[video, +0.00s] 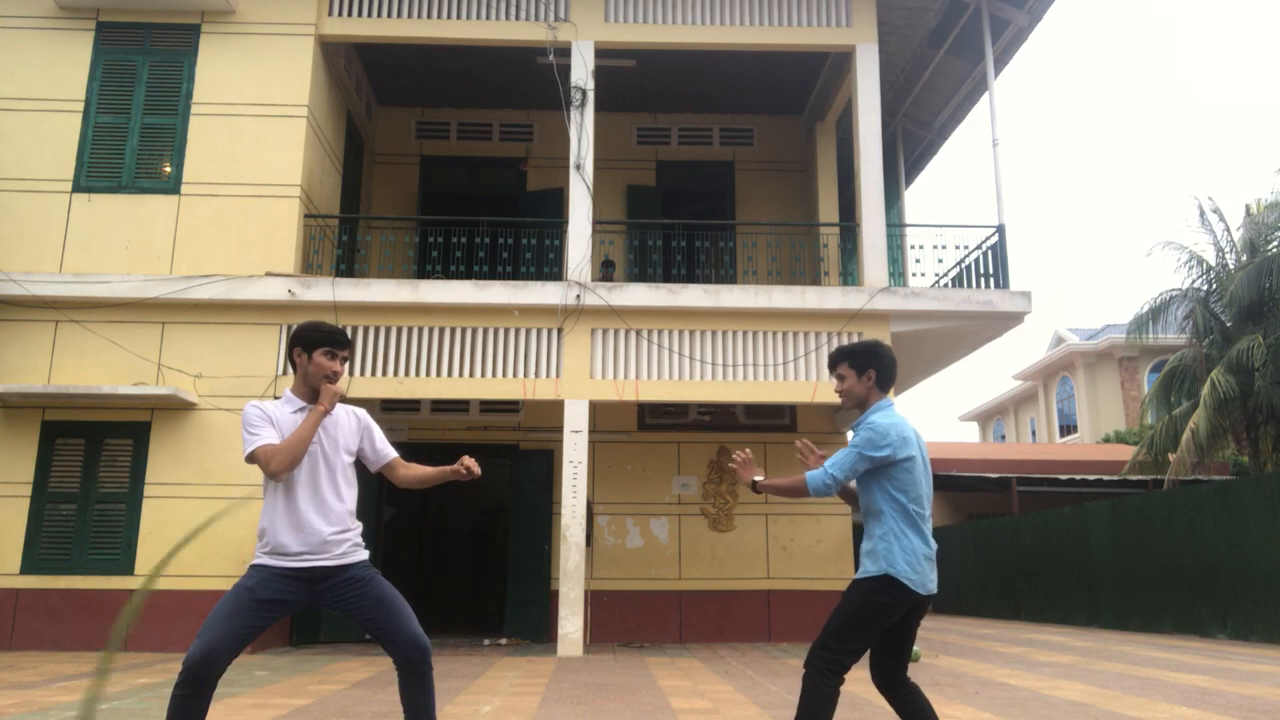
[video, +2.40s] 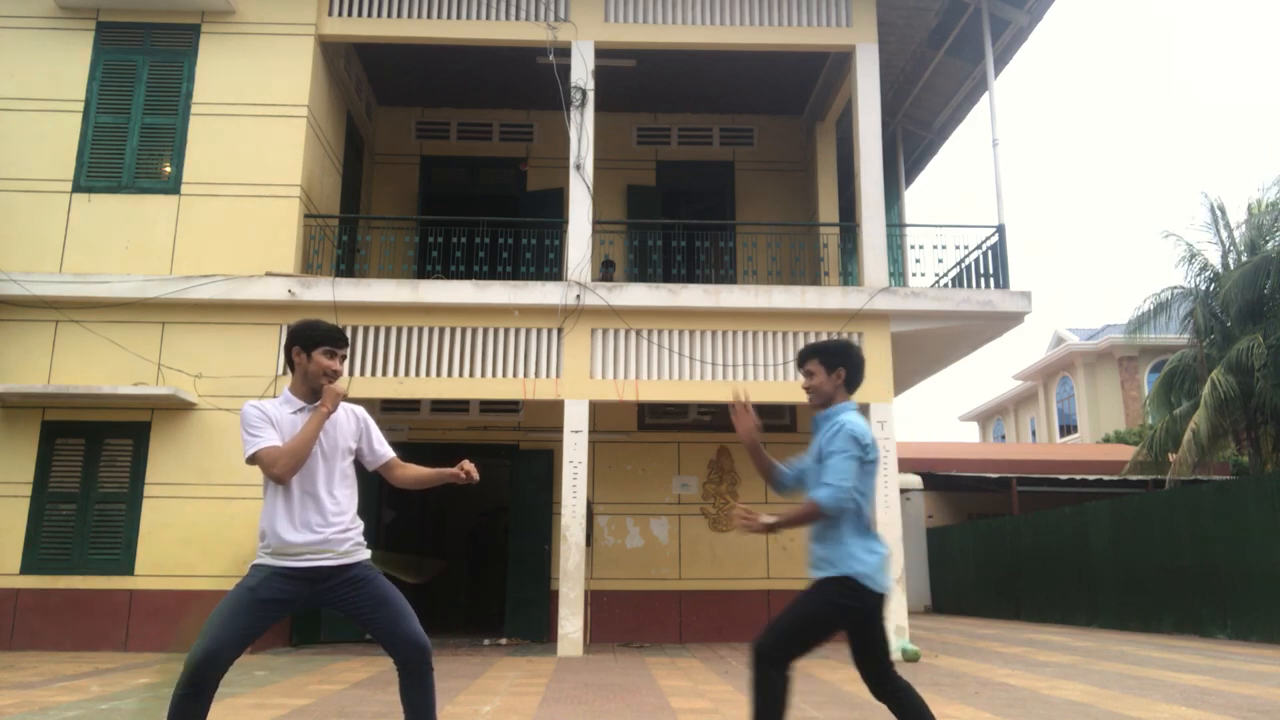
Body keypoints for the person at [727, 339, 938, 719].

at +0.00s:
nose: (836, 388)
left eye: (842, 378)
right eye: (835, 379)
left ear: (869, 378)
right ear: (870, 380)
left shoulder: (880, 428)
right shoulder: (900, 428)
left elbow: (821, 483)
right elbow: (873, 505)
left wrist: (757, 482)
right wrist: (830, 476)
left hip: (889, 572)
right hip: (915, 575)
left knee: (823, 666)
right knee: (890, 677)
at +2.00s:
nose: (832, 387)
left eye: (837, 378)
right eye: (831, 379)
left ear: (865, 377)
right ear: (865, 379)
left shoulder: (877, 426)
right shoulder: (897, 427)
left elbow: (814, 472)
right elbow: (871, 506)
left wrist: (745, 473)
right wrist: (826, 478)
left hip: (885, 572)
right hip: (912, 575)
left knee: (818, 665)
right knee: (890, 676)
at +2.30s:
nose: (815, 384)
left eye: (821, 375)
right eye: (814, 376)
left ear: (850, 375)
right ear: (847, 377)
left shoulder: (860, 426)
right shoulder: (866, 424)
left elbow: (806, 484)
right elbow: (843, 506)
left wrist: (739, 490)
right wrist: (798, 481)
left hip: (871, 574)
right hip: (889, 575)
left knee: (797, 653)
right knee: (888, 675)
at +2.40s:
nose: (804, 384)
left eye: (811, 375)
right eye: (803, 376)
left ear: (839, 376)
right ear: (834, 378)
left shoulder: (848, 429)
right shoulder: (831, 430)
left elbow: (833, 499)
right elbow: (783, 480)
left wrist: (773, 523)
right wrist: (752, 441)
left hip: (851, 577)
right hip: (853, 577)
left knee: (770, 651)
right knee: (882, 680)